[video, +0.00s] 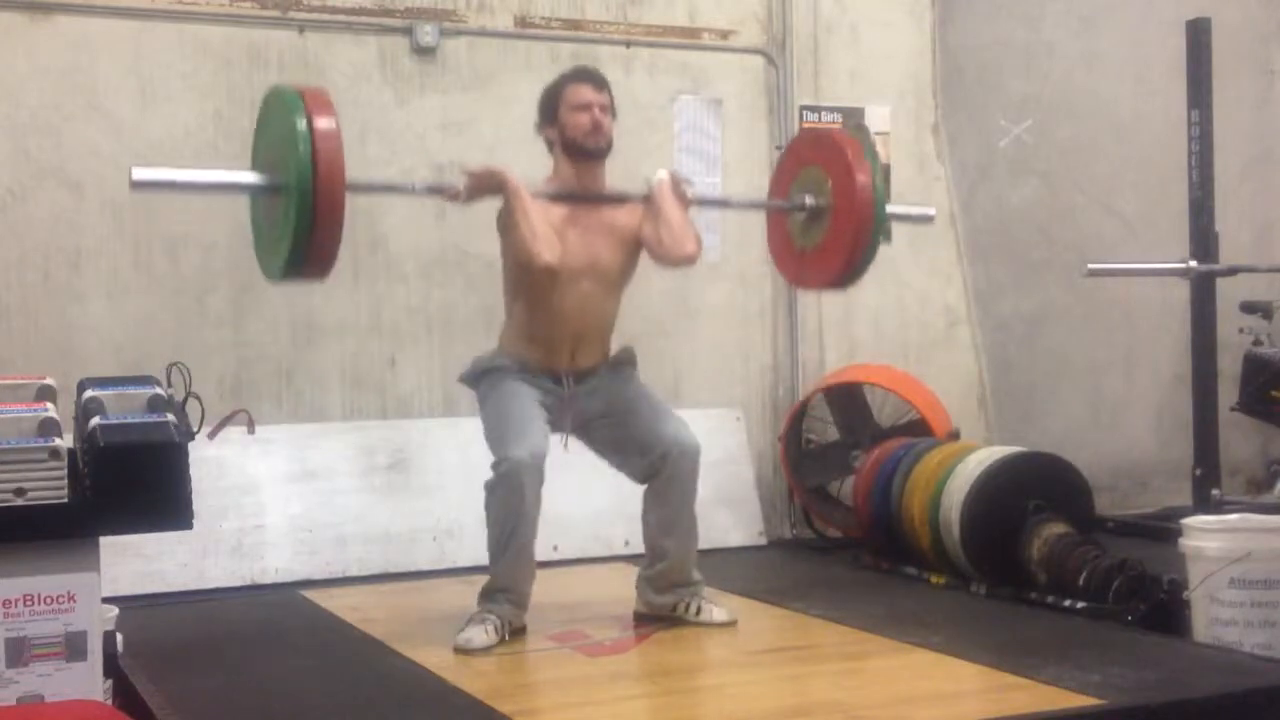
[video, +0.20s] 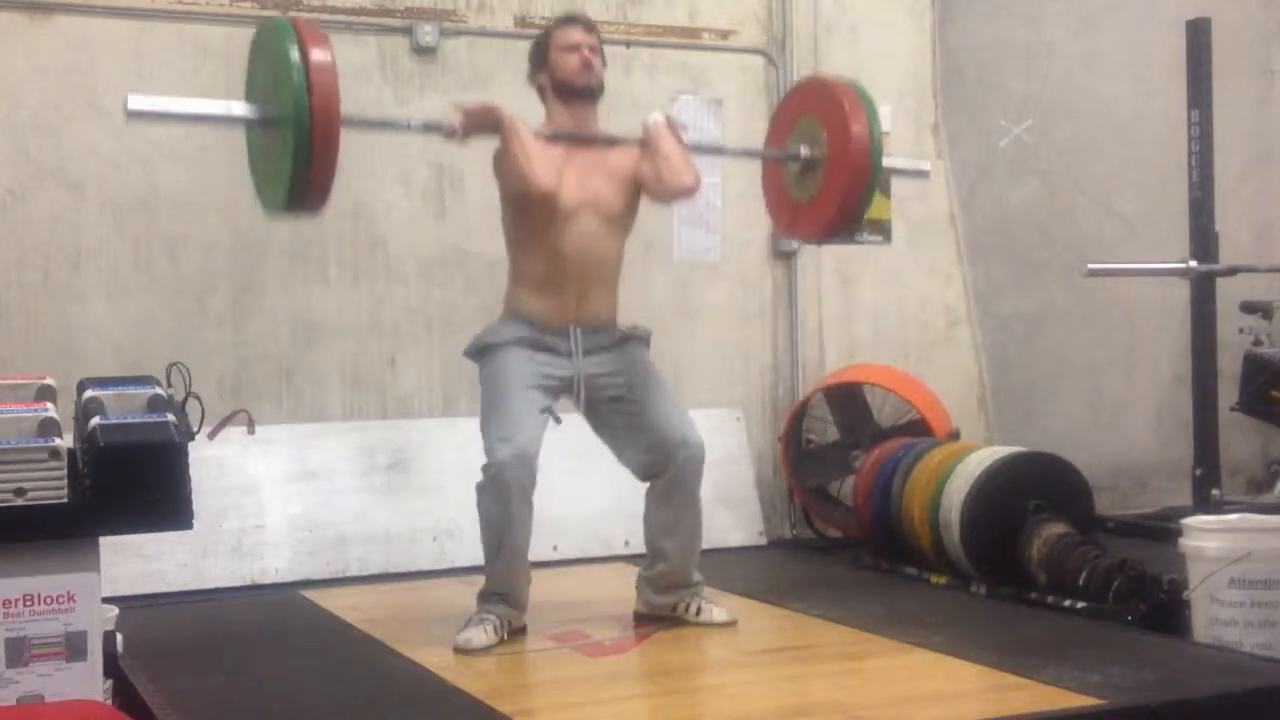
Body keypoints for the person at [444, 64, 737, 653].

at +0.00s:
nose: (597, 117)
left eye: (605, 110)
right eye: (581, 109)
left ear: (614, 126)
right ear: (552, 128)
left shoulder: (636, 211)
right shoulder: (526, 208)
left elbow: (682, 249)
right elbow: (544, 254)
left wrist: (663, 186)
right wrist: (509, 183)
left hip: (599, 379)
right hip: (520, 377)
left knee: (677, 450)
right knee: (519, 462)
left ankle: (667, 592)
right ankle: (502, 608)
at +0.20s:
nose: (588, 58)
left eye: (595, 51)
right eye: (571, 50)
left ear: (604, 71)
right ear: (542, 71)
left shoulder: (631, 152)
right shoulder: (521, 146)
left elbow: (680, 182)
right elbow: (537, 187)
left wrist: (658, 123)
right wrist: (503, 120)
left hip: (608, 343)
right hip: (525, 340)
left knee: (681, 450)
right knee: (509, 458)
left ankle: (668, 592)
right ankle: (500, 606)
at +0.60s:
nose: (574, 22)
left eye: (582, 16)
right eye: (558, 17)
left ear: (595, 39)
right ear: (532, 45)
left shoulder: (631, 120)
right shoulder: (525, 118)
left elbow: (690, 128)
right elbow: (517, 98)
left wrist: (666, 85)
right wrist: (484, 70)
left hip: (629, 316)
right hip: (546, 315)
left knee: (673, 451)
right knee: (526, 459)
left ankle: (660, 590)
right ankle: (505, 605)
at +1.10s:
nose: (579, 8)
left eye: (587, 2)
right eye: (562, 2)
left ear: (598, 24)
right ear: (536, 23)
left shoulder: (629, 101)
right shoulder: (521, 94)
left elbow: (682, 114)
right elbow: (528, 115)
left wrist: (657, 64)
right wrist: (495, 53)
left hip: (619, 302)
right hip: (535, 299)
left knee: (653, 438)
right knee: (514, 441)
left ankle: (659, 587)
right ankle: (501, 601)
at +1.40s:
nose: (588, 122)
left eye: (597, 114)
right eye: (573, 113)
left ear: (607, 129)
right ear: (545, 130)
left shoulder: (632, 211)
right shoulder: (526, 206)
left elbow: (685, 230)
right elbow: (537, 229)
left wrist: (665, 182)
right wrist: (504, 175)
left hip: (615, 388)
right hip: (532, 387)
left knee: (700, 465)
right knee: (508, 481)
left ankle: (663, 595)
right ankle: (502, 609)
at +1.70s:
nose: (600, 245)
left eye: (609, 237)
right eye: (586, 235)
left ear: (619, 251)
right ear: (555, 251)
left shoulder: (638, 332)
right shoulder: (530, 330)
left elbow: (692, 358)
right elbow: (550, 372)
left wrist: (671, 304)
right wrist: (512, 301)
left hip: (619, 494)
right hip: (546, 498)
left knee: (707, 474)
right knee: (504, 491)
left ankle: (662, 595)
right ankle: (505, 611)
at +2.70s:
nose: (591, 42)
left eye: (599, 33)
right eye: (575, 33)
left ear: (610, 54)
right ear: (547, 54)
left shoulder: (636, 140)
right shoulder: (527, 131)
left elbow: (686, 169)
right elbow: (540, 166)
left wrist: (667, 109)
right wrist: (508, 104)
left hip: (612, 332)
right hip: (529, 330)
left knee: (674, 448)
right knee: (511, 456)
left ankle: (664, 593)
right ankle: (502, 607)